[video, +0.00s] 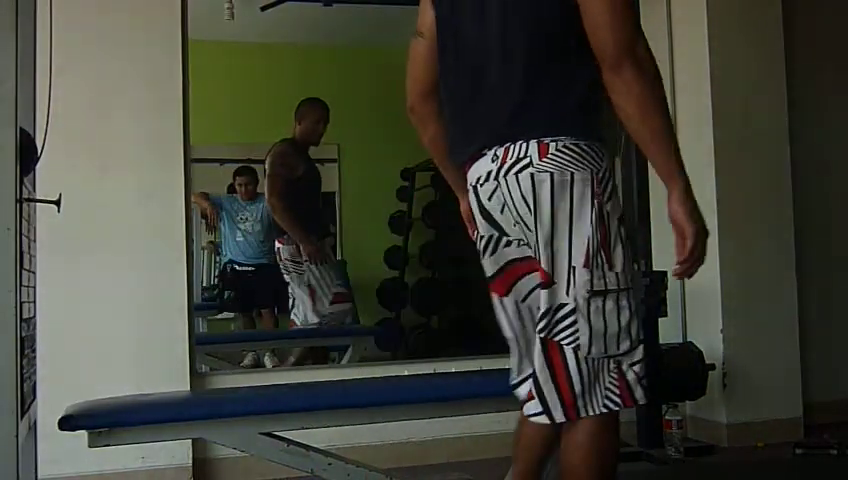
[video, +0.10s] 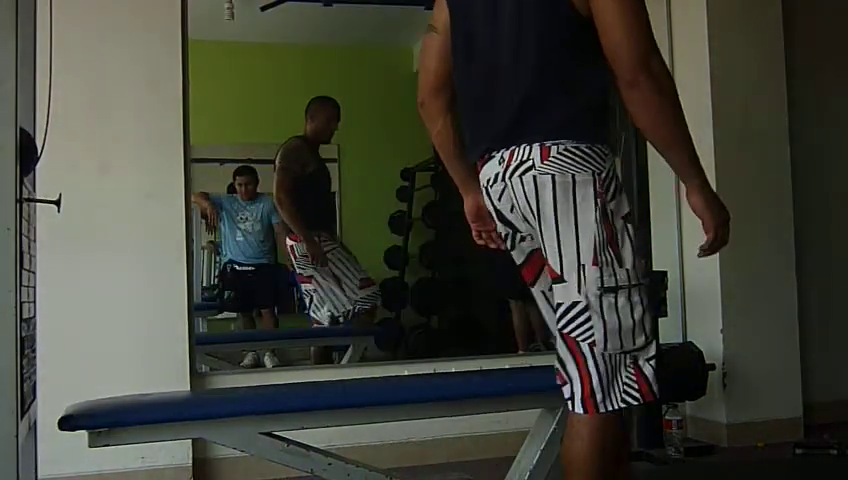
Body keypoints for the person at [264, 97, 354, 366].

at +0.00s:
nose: (323, 130)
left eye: (325, 124)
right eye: (320, 123)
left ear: (304, 123)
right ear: (303, 122)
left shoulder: (304, 158)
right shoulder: (283, 153)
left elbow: (305, 204)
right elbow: (274, 202)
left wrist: (320, 234)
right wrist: (305, 241)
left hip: (307, 245)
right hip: (297, 247)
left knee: (303, 316)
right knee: (337, 305)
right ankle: (292, 365)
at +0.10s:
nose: (334, 129)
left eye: (336, 123)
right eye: (332, 122)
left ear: (312, 120)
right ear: (315, 119)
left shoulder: (311, 153)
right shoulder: (295, 149)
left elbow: (310, 203)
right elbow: (281, 197)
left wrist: (329, 239)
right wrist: (308, 241)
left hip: (314, 239)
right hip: (314, 241)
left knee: (322, 312)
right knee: (367, 295)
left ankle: (321, 375)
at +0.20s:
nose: (346, 129)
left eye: (346, 123)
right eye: (342, 122)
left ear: (323, 121)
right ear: (323, 119)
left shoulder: (321, 153)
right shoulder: (306, 148)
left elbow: (328, 212)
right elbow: (291, 196)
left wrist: (355, 244)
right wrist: (317, 238)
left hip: (324, 240)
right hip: (323, 240)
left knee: (334, 315)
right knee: (384, 290)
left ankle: (323, 379)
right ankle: (395, 363)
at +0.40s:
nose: (369, 132)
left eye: (368, 125)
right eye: (365, 125)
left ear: (344, 125)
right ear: (349, 124)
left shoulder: (343, 156)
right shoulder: (332, 151)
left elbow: (335, 208)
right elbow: (324, 195)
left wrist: (361, 241)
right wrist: (353, 239)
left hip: (338, 247)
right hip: (336, 247)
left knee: (352, 320)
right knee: (401, 300)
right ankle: (410, 371)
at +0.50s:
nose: (380, 135)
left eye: (379, 129)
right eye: (376, 129)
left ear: (352, 131)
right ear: (363, 131)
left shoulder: (341, 157)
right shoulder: (350, 156)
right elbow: (348, 201)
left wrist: (373, 247)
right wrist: (378, 243)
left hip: (335, 253)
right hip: (345, 253)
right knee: (402, 314)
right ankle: (408, 389)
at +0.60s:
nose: (391, 149)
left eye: (390, 142)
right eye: (387, 142)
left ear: (361, 143)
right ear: (374, 142)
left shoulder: (344, 168)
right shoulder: (363, 165)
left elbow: (341, 237)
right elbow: (372, 210)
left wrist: (375, 261)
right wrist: (409, 249)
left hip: (330, 261)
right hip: (342, 261)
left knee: (400, 318)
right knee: (407, 319)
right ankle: (406, 393)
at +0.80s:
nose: (388, 178)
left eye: (387, 172)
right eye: (385, 171)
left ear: (357, 171)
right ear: (372, 171)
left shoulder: (341, 194)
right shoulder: (358, 194)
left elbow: (350, 259)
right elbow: (394, 237)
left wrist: (392, 267)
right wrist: (436, 256)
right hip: (329, 287)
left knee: (398, 315)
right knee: (409, 322)